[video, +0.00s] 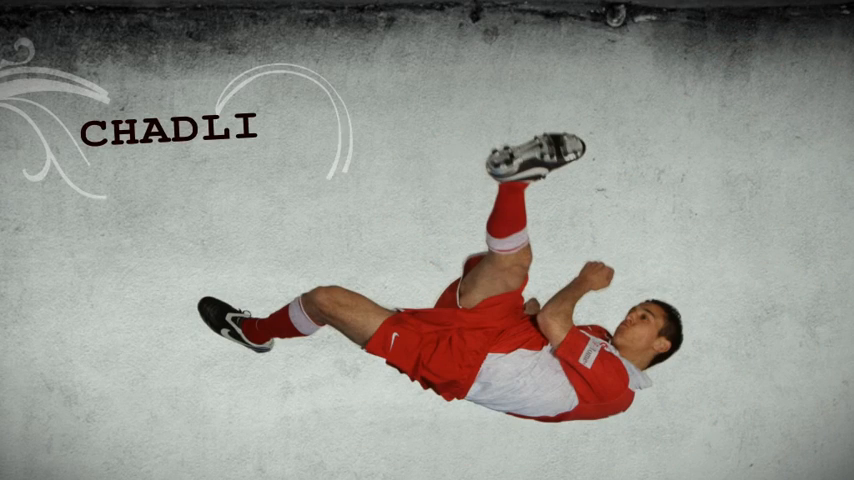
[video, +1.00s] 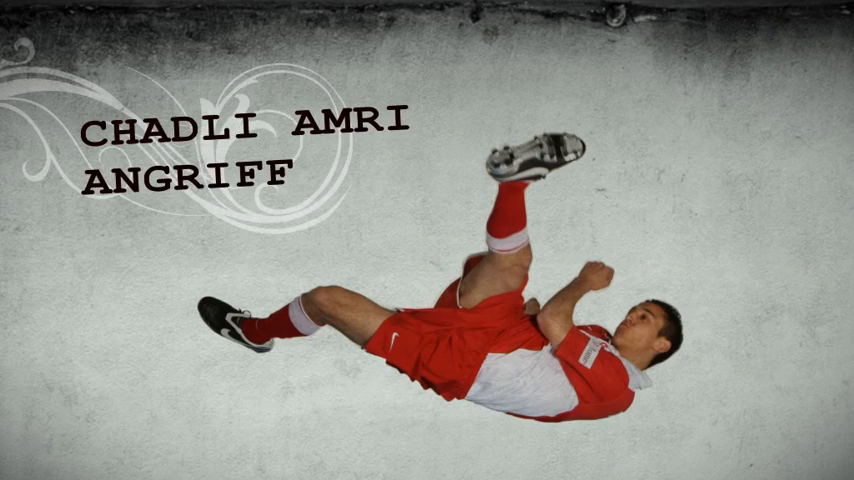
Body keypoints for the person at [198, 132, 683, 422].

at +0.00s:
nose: (633, 317)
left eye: (645, 319)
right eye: (637, 313)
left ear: (658, 347)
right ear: (631, 326)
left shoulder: (616, 386)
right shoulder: (597, 349)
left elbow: (549, 324)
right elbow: (519, 324)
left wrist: (583, 283)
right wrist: (470, 286)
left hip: (451, 360)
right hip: (481, 323)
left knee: (323, 298)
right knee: (509, 257)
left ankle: (256, 333)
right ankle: (512, 176)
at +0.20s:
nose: (633, 317)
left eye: (645, 319)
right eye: (636, 313)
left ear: (658, 347)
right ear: (632, 326)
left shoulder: (616, 386)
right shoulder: (597, 349)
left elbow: (549, 324)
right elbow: (519, 324)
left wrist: (583, 283)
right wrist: (469, 286)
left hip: (452, 360)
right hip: (482, 323)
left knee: (323, 299)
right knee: (509, 257)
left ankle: (256, 333)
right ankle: (512, 176)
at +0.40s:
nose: (633, 317)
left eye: (645, 319)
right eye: (636, 313)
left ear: (658, 347)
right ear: (631, 326)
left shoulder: (616, 386)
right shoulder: (597, 349)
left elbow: (549, 324)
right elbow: (519, 324)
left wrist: (583, 283)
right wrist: (470, 286)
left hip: (452, 360)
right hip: (482, 323)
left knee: (323, 299)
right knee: (509, 257)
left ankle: (256, 333)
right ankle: (512, 176)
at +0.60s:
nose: (633, 317)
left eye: (645, 319)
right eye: (636, 313)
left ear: (658, 347)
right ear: (631, 326)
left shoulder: (616, 386)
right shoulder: (597, 349)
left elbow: (549, 324)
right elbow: (519, 324)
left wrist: (583, 283)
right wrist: (470, 286)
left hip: (452, 360)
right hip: (482, 323)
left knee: (323, 299)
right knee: (509, 257)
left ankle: (256, 333)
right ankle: (512, 176)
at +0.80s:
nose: (633, 317)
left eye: (645, 319)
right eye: (636, 313)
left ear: (658, 347)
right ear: (631, 326)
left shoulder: (616, 386)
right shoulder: (597, 349)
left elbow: (549, 324)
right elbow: (519, 324)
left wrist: (583, 283)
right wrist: (470, 286)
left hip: (452, 360)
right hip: (482, 323)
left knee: (324, 299)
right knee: (509, 257)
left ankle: (256, 333)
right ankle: (512, 176)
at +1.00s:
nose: (633, 317)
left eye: (645, 319)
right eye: (637, 313)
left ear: (658, 347)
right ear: (631, 326)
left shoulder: (616, 386)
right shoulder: (597, 349)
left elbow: (550, 324)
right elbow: (519, 324)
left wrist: (583, 283)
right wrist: (470, 286)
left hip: (452, 360)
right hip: (482, 323)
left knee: (324, 299)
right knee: (509, 257)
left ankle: (256, 333)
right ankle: (513, 176)